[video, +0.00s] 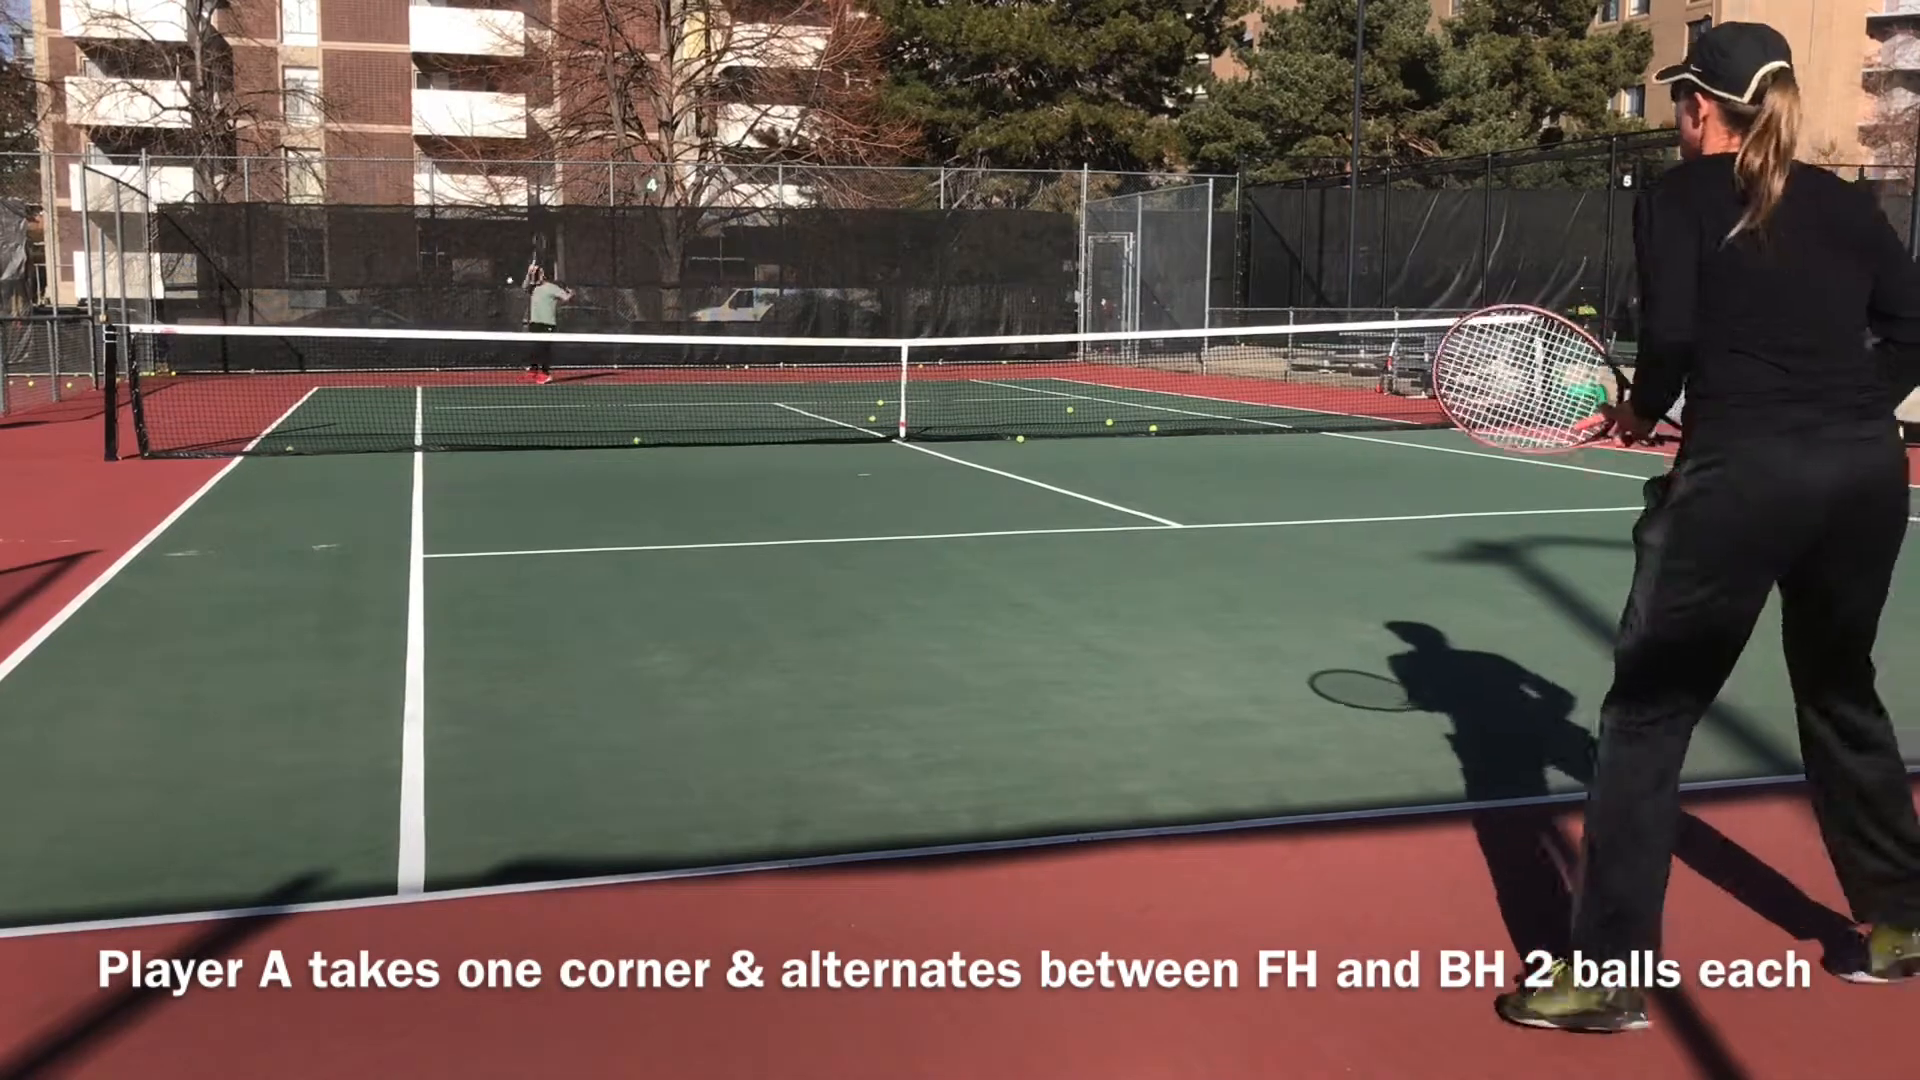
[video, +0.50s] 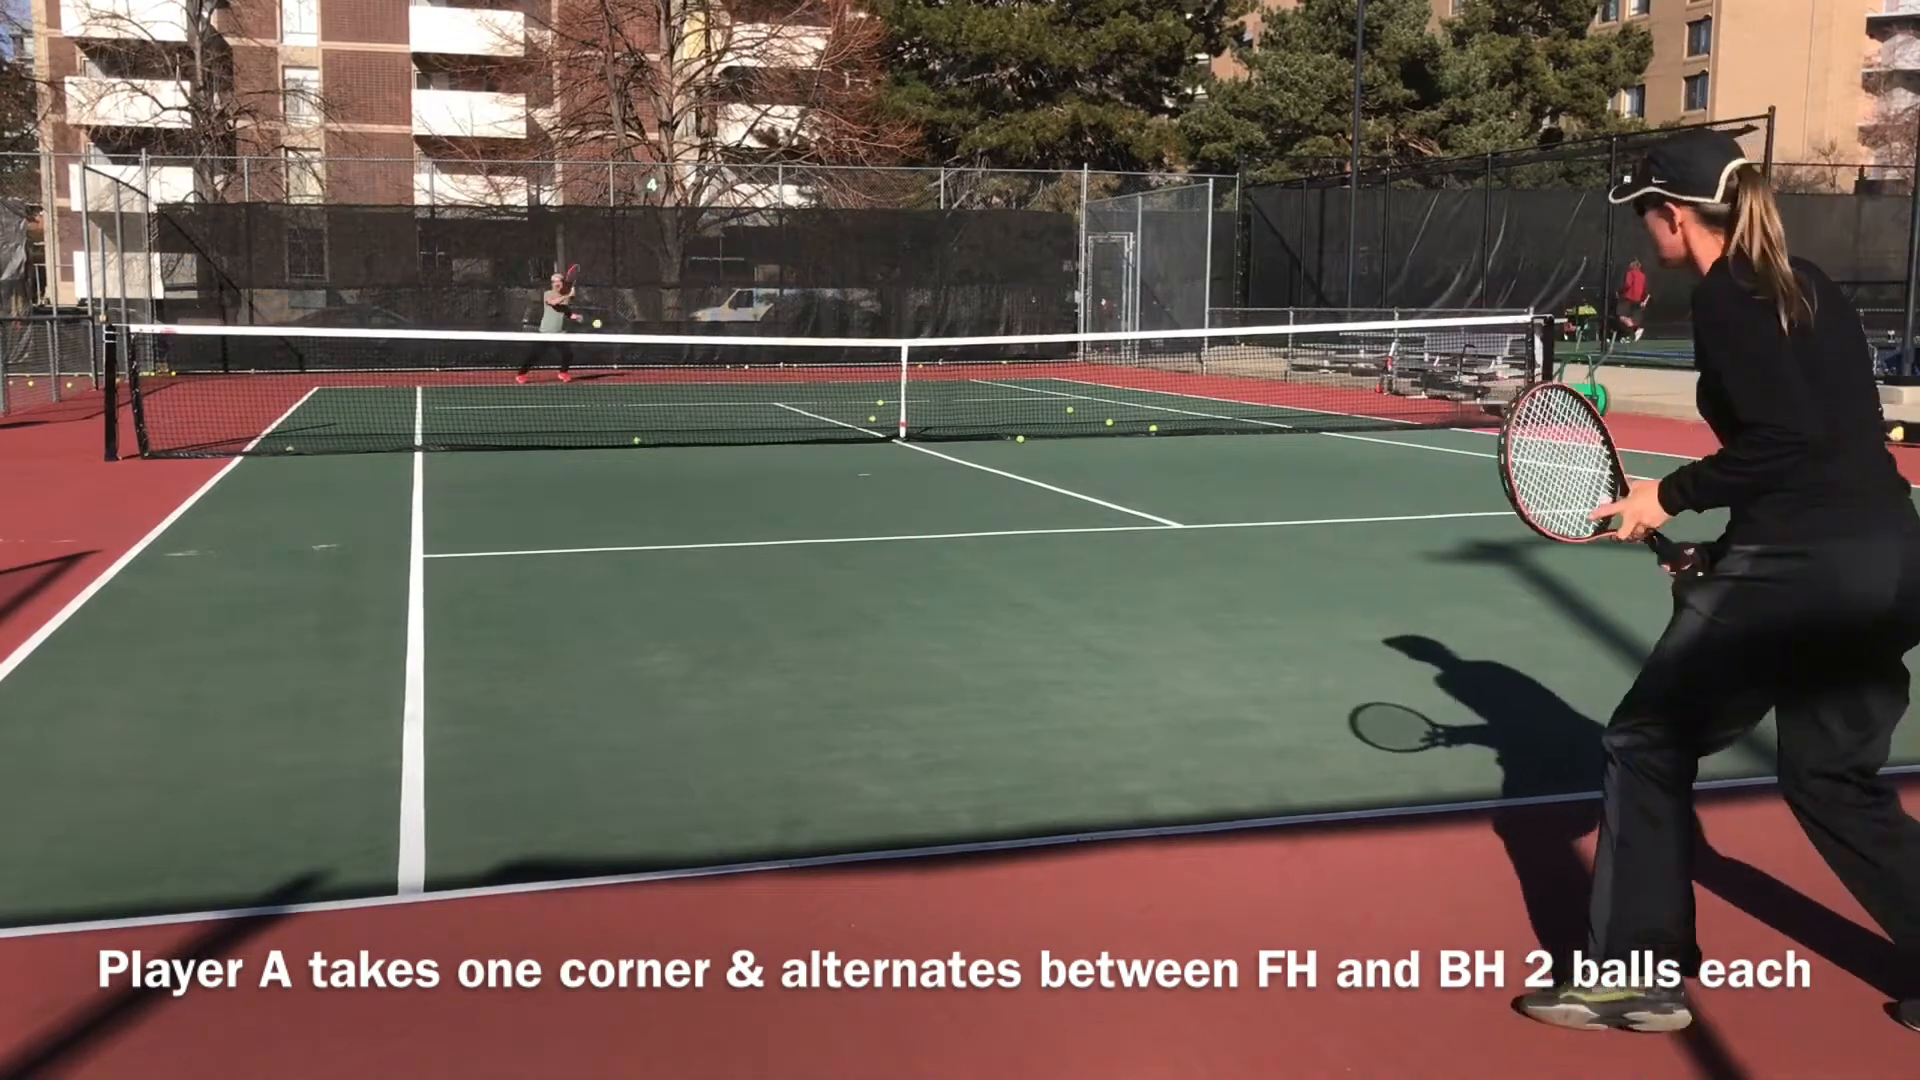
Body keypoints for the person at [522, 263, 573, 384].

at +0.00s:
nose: (537, 277)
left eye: (539, 274)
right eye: (536, 275)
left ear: (542, 275)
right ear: (536, 276)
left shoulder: (551, 287)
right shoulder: (534, 288)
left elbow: (564, 297)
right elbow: (525, 287)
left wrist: (569, 293)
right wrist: (529, 274)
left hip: (547, 323)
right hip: (535, 322)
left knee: (544, 348)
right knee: (536, 347)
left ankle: (545, 372)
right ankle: (535, 368)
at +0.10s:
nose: (537, 277)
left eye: (538, 275)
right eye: (534, 276)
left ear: (542, 277)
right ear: (531, 278)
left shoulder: (549, 291)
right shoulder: (530, 292)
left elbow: (562, 303)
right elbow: (532, 282)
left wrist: (568, 301)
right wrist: (540, 270)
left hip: (546, 325)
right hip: (532, 325)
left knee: (545, 350)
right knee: (529, 349)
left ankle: (545, 373)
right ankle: (520, 372)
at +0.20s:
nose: (537, 281)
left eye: (539, 279)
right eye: (535, 279)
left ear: (544, 281)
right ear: (532, 282)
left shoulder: (550, 298)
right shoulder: (530, 293)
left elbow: (559, 311)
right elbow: (538, 285)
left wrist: (567, 309)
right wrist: (547, 277)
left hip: (546, 329)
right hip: (531, 328)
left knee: (546, 353)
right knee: (528, 351)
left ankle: (544, 374)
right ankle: (520, 373)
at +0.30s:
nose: (541, 283)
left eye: (543, 281)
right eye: (538, 281)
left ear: (546, 282)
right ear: (535, 283)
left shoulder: (552, 299)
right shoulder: (533, 294)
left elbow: (557, 314)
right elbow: (539, 291)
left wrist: (566, 315)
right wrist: (550, 285)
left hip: (548, 330)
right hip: (534, 329)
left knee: (549, 353)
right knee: (529, 352)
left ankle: (545, 373)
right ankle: (521, 373)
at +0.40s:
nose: (547, 284)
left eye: (549, 281)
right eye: (545, 282)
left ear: (553, 283)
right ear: (541, 284)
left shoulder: (557, 297)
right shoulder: (539, 294)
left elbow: (560, 314)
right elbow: (549, 296)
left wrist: (569, 317)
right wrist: (559, 287)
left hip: (552, 330)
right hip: (538, 330)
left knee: (559, 352)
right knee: (532, 352)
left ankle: (555, 372)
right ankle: (521, 373)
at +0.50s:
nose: (557, 284)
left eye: (559, 282)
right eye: (554, 282)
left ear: (562, 283)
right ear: (552, 283)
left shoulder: (565, 296)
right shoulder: (548, 294)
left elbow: (566, 312)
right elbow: (553, 302)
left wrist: (573, 316)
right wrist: (568, 296)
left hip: (559, 331)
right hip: (545, 330)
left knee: (568, 353)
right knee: (536, 353)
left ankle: (563, 372)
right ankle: (521, 373)